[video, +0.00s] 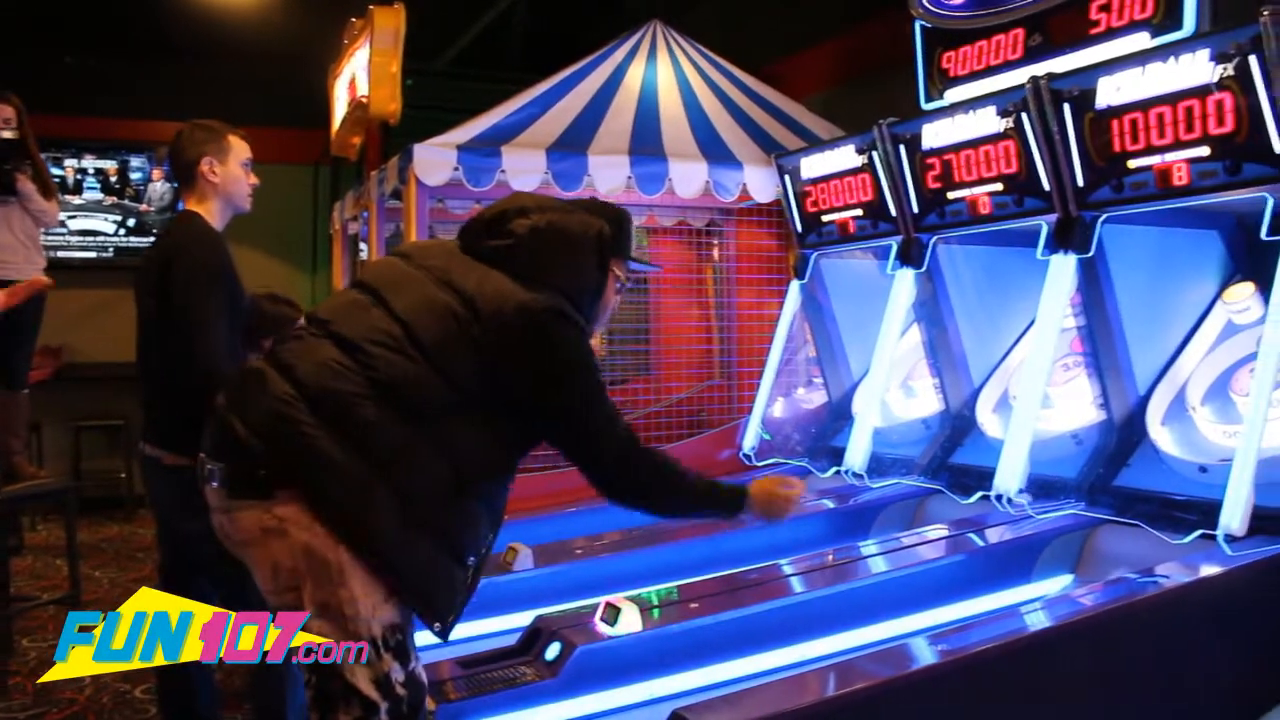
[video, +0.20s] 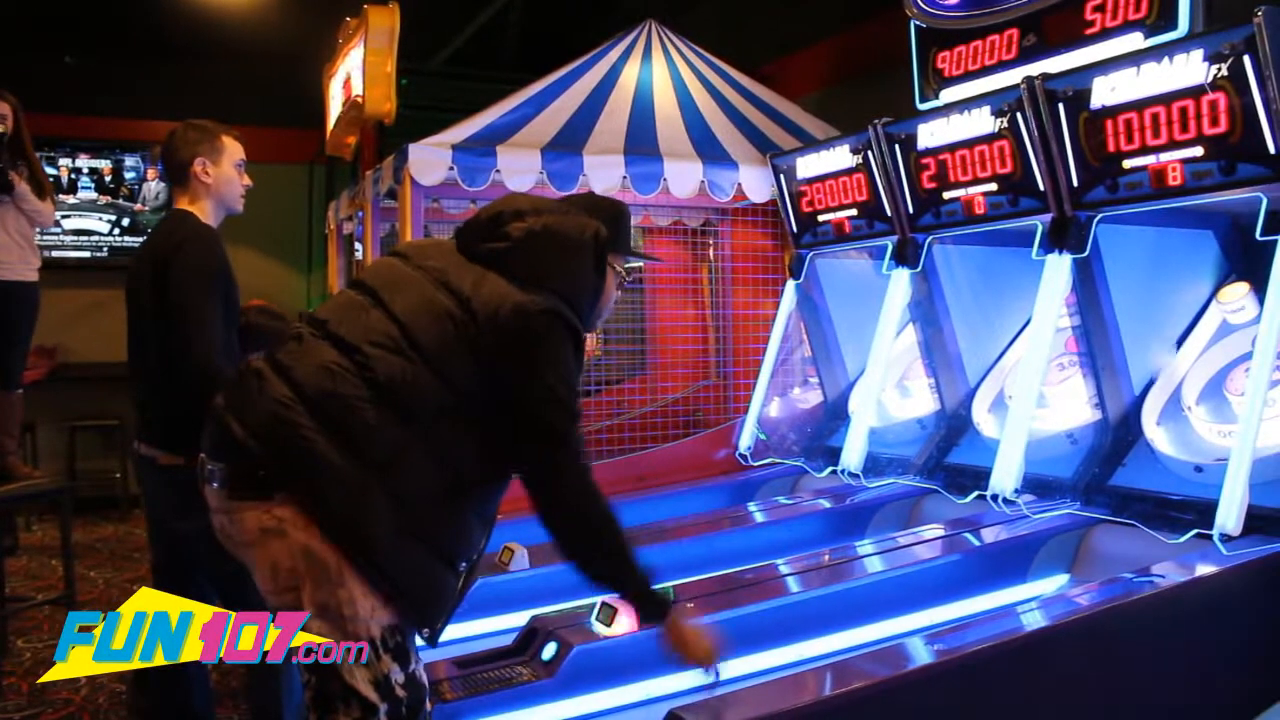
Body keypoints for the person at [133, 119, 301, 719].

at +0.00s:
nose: (254, 178)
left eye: (252, 167)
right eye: (245, 166)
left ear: (204, 172)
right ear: (210, 170)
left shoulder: (174, 241)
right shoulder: (201, 248)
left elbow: (185, 350)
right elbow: (215, 360)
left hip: (165, 447)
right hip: (193, 458)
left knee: (185, 585)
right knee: (221, 589)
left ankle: (185, 698)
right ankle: (191, 698)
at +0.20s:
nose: (247, 180)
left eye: (246, 168)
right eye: (239, 167)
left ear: (195, 172)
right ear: (203, 170)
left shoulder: (160, 242)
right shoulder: (198, 245)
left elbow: (162, 352)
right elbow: (211, 358)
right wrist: (252, 424)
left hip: (155, 449)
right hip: (193, 458)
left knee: (177, 587)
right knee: (237, 591)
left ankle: (173, 699)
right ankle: (277, 702)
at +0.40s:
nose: (245, 180)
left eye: (244, 168)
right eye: (238, 167)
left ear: (194, 171)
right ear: (202, 169)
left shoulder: (163, 239)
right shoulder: (192, 243)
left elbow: (179, 347)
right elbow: (207, 359)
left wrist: (243, 317)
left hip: (157, 455)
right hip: (189, 464)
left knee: (174, 606)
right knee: (245, 605)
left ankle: (169, 703)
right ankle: (272, 705)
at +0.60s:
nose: (245, 180)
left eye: (244, 168)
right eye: (238, 167)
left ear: (194, 171)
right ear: (202, 169)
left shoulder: (165, 238)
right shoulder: (190, 243)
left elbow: (184, 340)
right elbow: (203, 361)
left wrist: (243, 317)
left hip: (160, 456)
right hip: (187, 466)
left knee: (181, 611)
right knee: (228, 608)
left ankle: (174, 704)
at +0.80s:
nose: (237, 186)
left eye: (237, 173)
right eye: (233, 171)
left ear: (186, 170)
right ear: (201, 168)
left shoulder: (161, 235)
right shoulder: (179, 242)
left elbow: (178, 336)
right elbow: (168, 353)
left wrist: (236, 309)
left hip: (157, 456)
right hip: (174, 465)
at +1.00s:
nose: (229, 196)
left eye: (231, 184)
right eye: (229, 182)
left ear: (180, 170)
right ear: (206, 172)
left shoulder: (148, 233)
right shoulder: (176, 239)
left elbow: (98, 349)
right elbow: (147, 344)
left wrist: (224, 315)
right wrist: (200, 414)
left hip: (147, 453)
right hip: (173, 460)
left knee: (158, 596)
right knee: (211, 603)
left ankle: (151, 704)